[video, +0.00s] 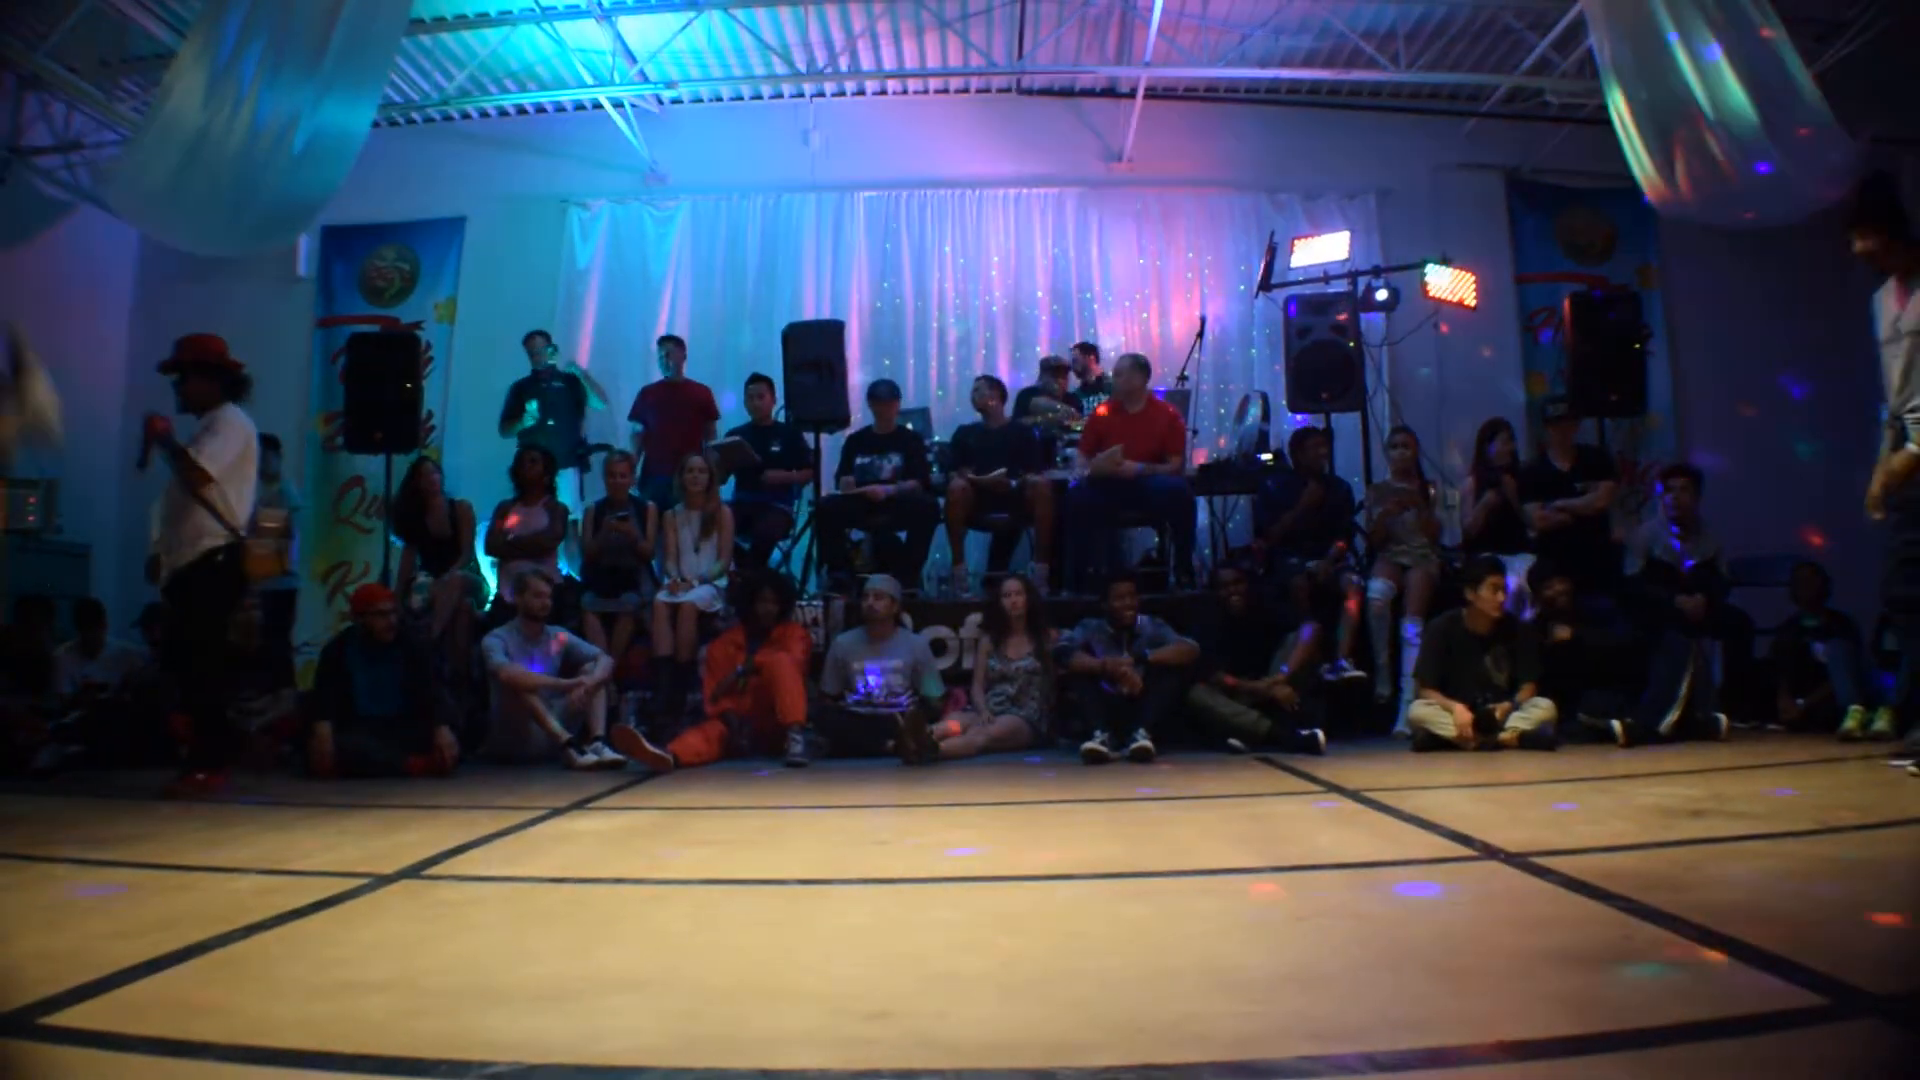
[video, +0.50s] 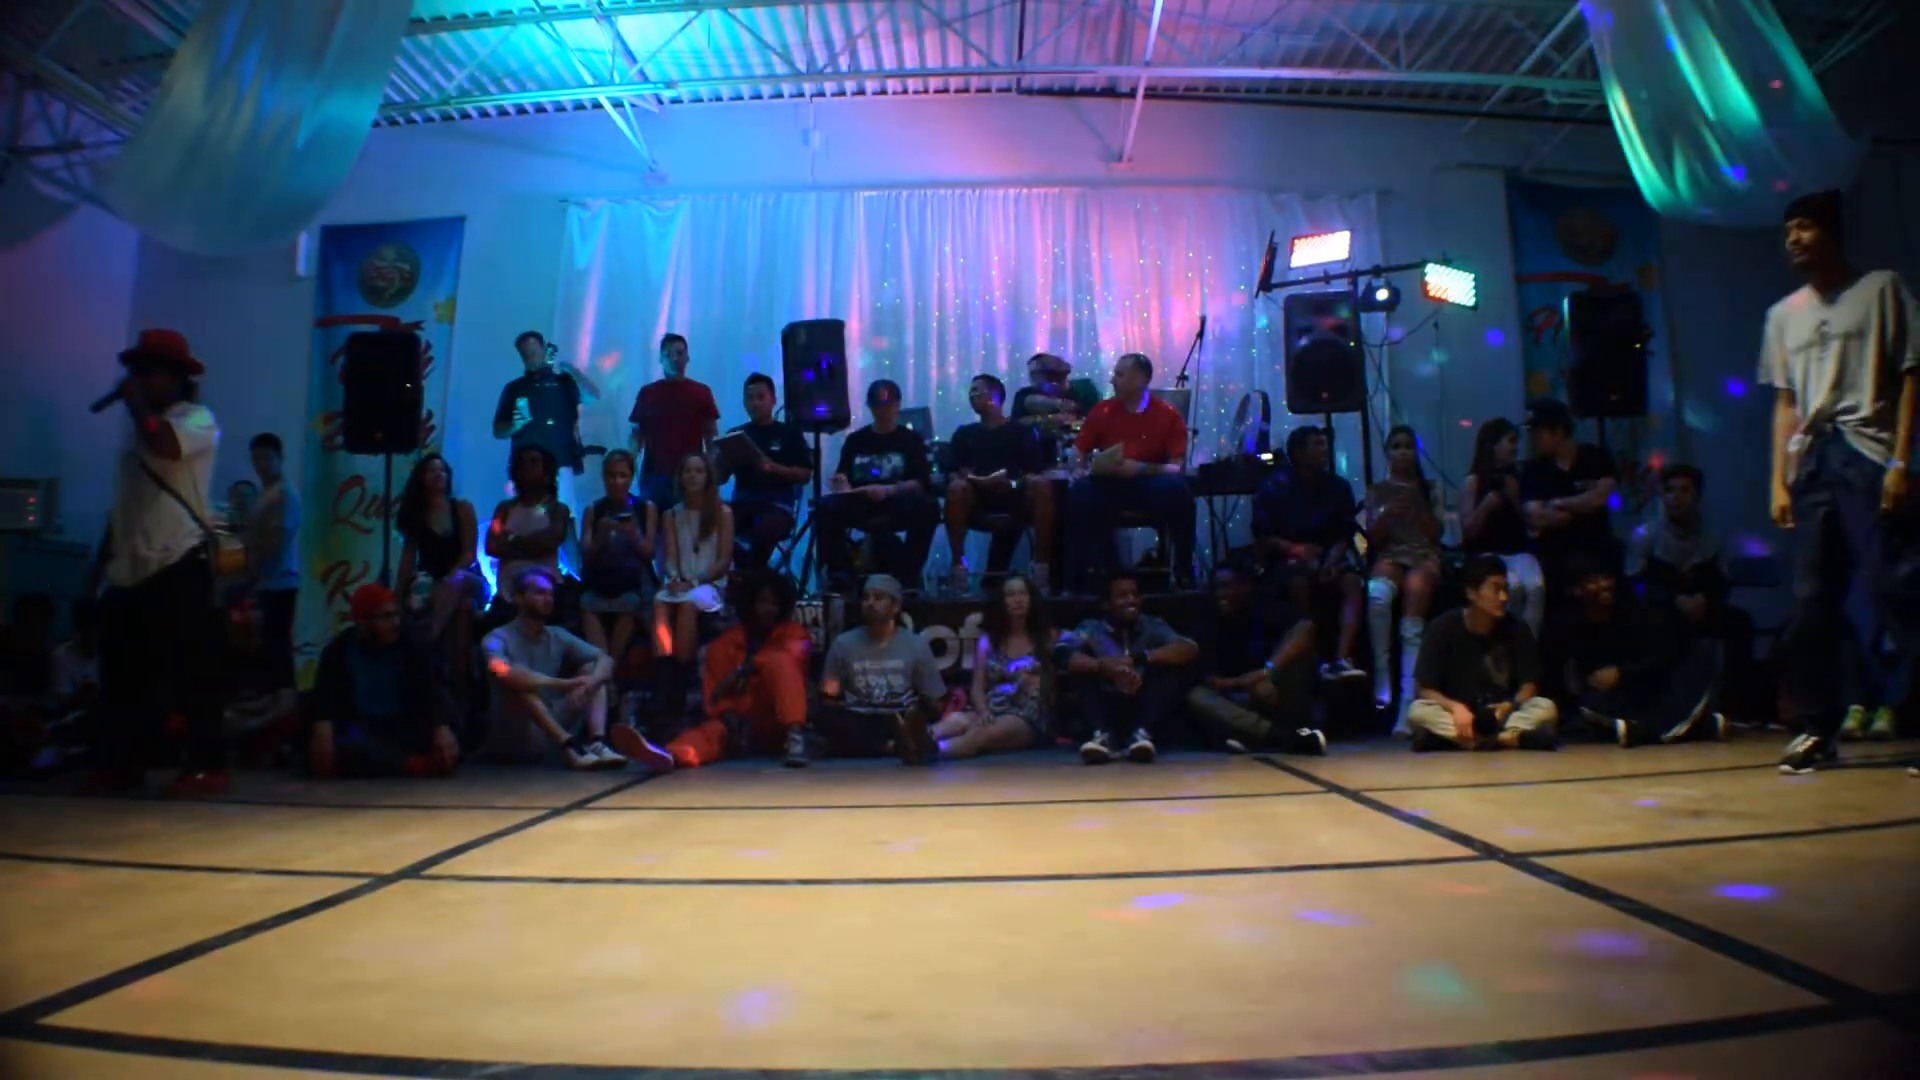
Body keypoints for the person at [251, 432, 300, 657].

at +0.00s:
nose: (267, 463)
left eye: (272, 456)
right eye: (263, 456)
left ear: (279, 459)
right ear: (255, 459)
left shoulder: (286, 492)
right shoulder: (248, 490)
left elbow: (293, 528)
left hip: (280, 578)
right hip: (251, 577)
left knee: (278, 645)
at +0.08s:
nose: (262, 464)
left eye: (268, 457)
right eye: (259, 457)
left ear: (278, 459)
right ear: (254, 460)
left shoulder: (286, 494)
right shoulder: (265, 494)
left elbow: (286, 530)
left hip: (281, 574)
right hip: (265, 574)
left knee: (277, 640)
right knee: (269, 640)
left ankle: (282, 690)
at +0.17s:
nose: (261, 465)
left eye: (267, 458)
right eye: (257, 458)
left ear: (278, 459)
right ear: (253, 461)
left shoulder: (284, 494)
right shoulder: (270, 494)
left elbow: (282, 533)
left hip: (281, 577)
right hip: (269, 576)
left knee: (277, 643)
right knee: (272, 643)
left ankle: (282, 695)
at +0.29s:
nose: (262, 465)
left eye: (268, 458)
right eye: (258, 458)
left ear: (279, 459)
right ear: (253, 461)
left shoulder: (284, 495)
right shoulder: (269, 495)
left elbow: (280, 532)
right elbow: (266, 530)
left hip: (282, 578)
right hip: (270, 577)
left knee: (278, 641)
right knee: (271, 641)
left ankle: (283, 695)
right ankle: (272, 694)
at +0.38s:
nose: (263, 465)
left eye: (268, 458)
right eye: (258, 458)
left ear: (279, 459)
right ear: (253, 461)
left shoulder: (282, 496)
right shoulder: (269, 495)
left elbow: (275, 541)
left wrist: (259, 574)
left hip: (280, 580)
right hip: (270, 580)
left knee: (277, 644)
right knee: (272, 644)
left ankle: (283, 698)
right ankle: (273, 697)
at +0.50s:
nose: (262, 465)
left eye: (267, 458)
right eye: (257, 459)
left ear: (279, 459)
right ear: (252, 461)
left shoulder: (283, 494)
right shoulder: (266, 494)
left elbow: (276, 538)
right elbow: (258, 531)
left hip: (282, 579)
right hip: (269, 578)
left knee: (278, 642)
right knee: (272, 642)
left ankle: (283, 697)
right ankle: (273, 695)